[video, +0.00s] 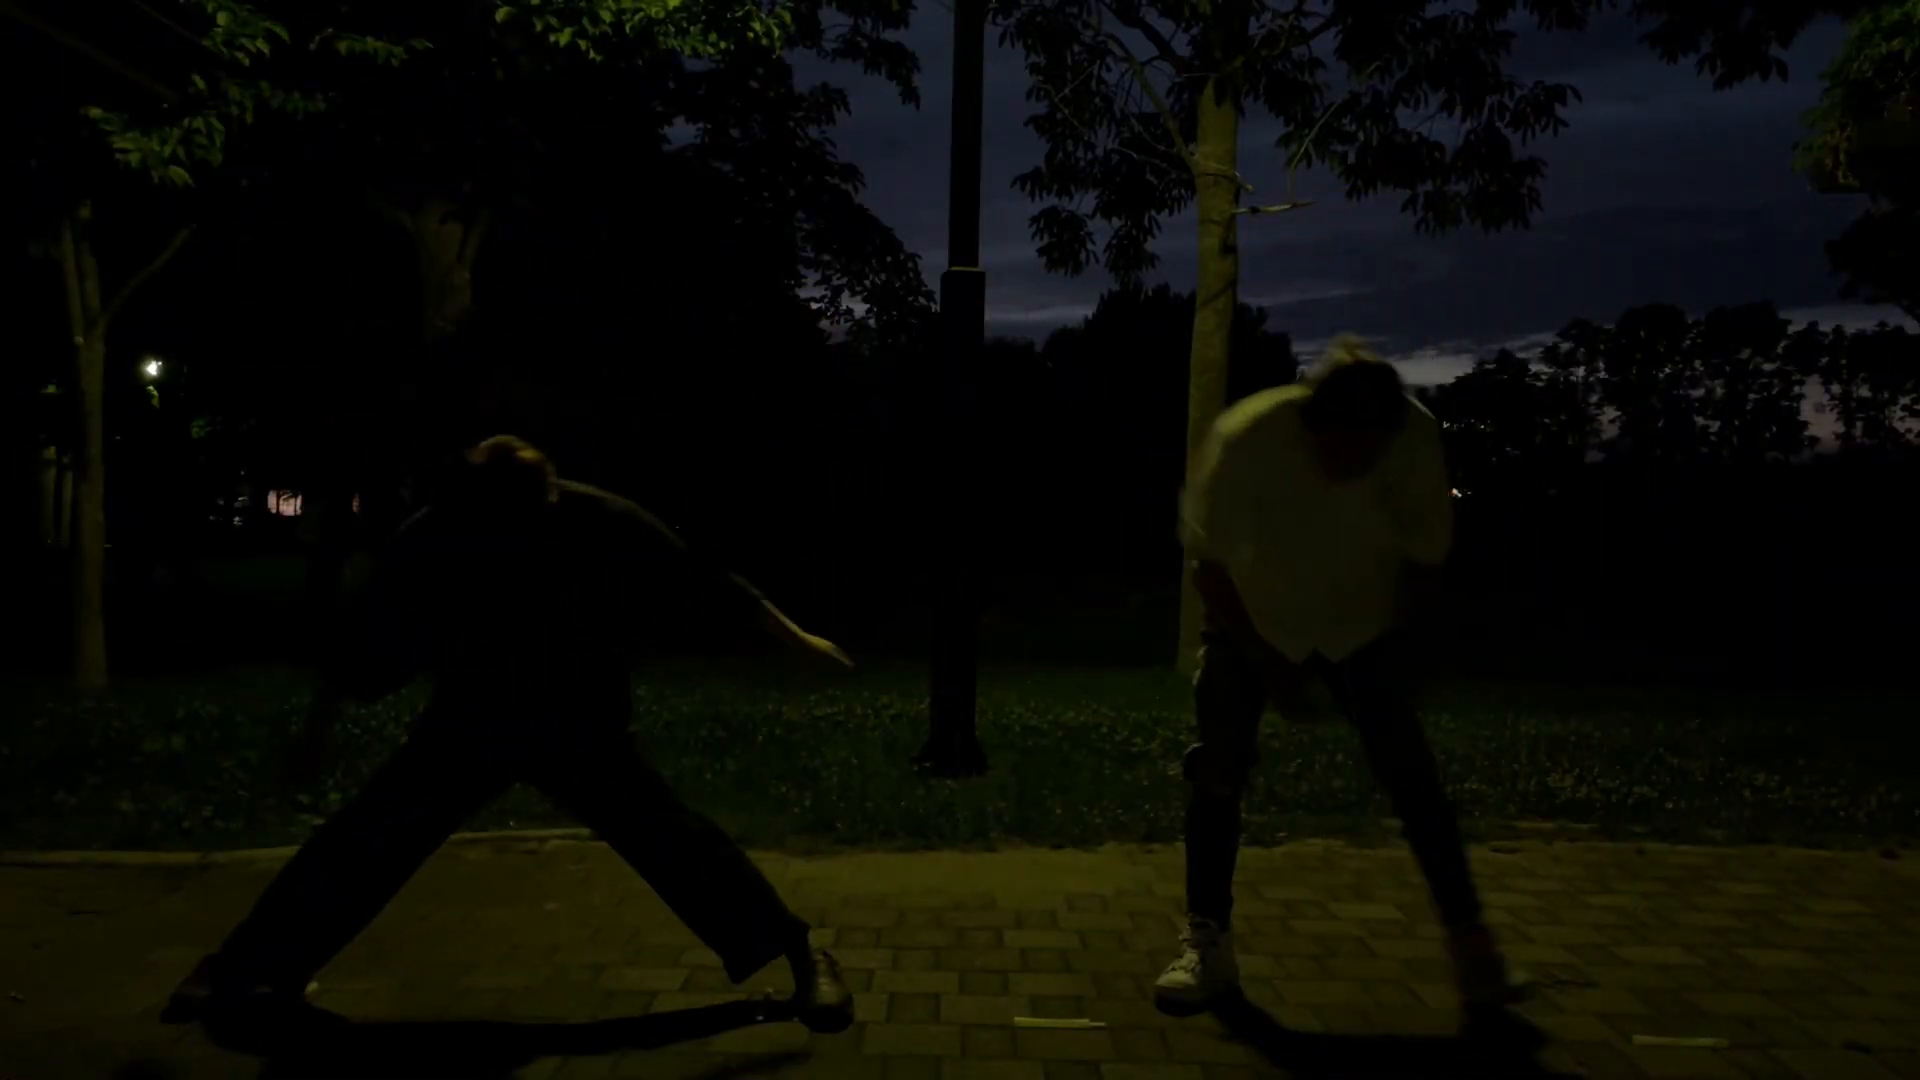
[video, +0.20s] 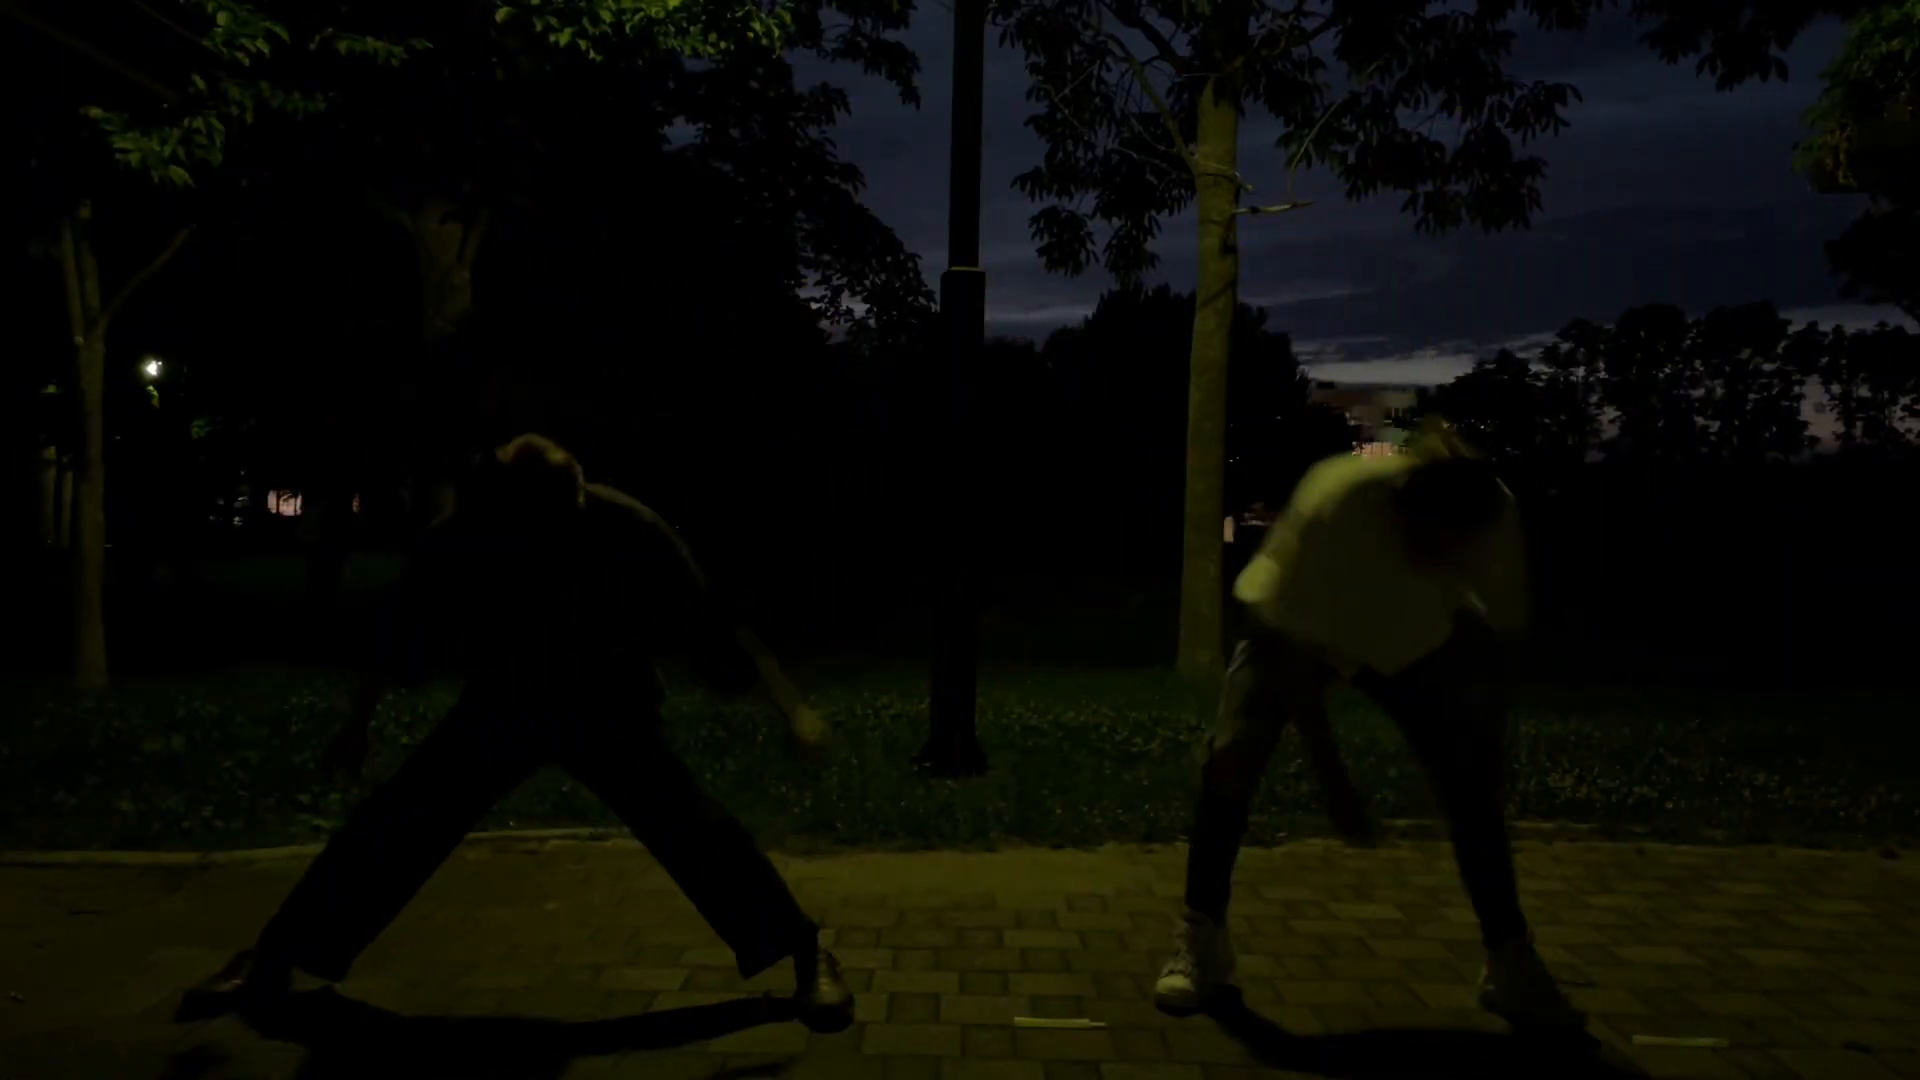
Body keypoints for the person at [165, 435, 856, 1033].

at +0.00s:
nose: (514, 521)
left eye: (525, 504)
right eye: (497, 507)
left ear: (550, 496)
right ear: (469, 504)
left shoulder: (598, 531)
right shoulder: (440, 549)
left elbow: (706, 589)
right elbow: (375, 648)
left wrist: (797, 641)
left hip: (582, 733)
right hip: (466, 733)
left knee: (670, 838)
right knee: (361, 846)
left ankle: (798, 955)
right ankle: (245, 975)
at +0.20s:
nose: (535, 513)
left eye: (545, 498)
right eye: (516, 501)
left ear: (573, 494)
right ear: (491, 501)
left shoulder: (622, 532)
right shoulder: (467, 540)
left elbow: (710, 624)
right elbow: (399, 637)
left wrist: (788, 706)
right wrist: (355, 731)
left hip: (608, 717)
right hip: (495, 716)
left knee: (691, 828)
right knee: (394, 829)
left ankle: (806, 952)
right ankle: (273, 964)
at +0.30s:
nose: (534, 524)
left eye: (544, 510)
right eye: (514, 514)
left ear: (570, 509)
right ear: (487, 517)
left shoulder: (616, 553)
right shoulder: (457, 563)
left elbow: (695, 662)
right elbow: (393, 669)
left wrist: (762, 753)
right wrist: (351, 759)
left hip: (603, 721)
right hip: (489, 723)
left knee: (683, 830)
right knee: (386, 832)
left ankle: (803, 953)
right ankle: (273, 969)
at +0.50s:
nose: (520, 585)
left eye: (529, 566)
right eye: (502, 570)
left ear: (551, 556)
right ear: (478, 568)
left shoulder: (601, 590)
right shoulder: (452, 601)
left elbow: (656, 695)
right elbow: (400, 701)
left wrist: (692, 793)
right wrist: (371, 783)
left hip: (607, 736)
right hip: (488, 739)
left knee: (700, 841)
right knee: (384, 845)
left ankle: (807, 957)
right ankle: (276, 963)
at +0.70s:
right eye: (501, 686)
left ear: (560, 685)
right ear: (473, 684)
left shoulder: (591, 653)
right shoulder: (443, 672)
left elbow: (661, 784)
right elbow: (379, 825)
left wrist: (709, 892)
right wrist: (277, 951)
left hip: (602, 738)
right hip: (478, 746)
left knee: (703, 836)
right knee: (387, 853)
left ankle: (804, 950)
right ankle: (283, 966)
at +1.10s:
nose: (494, 748)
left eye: (503, 741)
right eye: (483, 744)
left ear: (540, 740)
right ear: (459, 743)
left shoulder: (605, 750)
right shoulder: (437, 752)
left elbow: (674, 847)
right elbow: (365, 859)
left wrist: (730, 947)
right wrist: (291, 965)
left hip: (598, 676)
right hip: (483, 675)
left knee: (701, 826)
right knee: (394, 849)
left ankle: (801, 954)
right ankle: (311, 972)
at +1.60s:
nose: (535, 776)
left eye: (544, 758)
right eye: (516, 760)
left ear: (567, 740)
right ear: (479, 741)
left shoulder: (609, 749)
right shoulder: (448, 746)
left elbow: (668, 851)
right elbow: (370, 857)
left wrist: (721, 951)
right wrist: (281, 967)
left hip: (602, 685)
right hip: (481, 686)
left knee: (702, 832)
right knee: (393, 856)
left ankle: (815, 952)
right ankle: (291, 976)